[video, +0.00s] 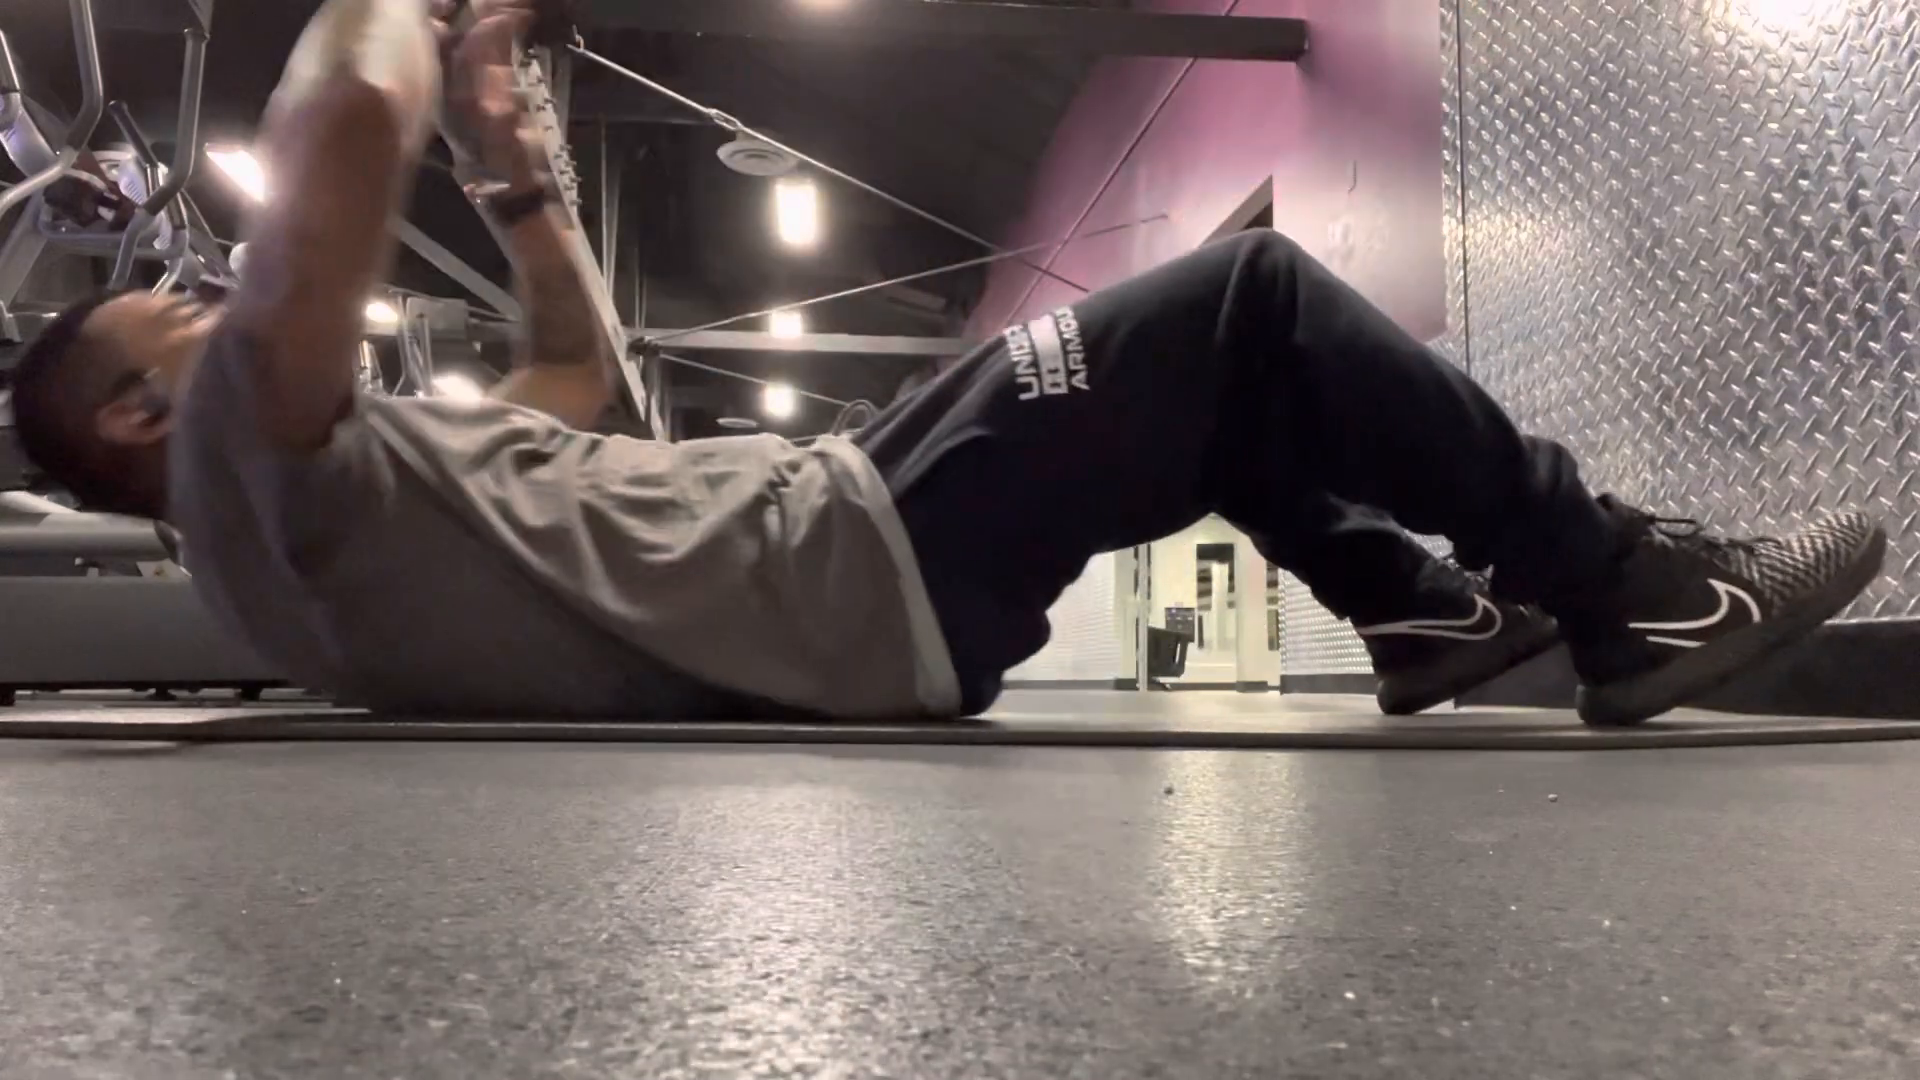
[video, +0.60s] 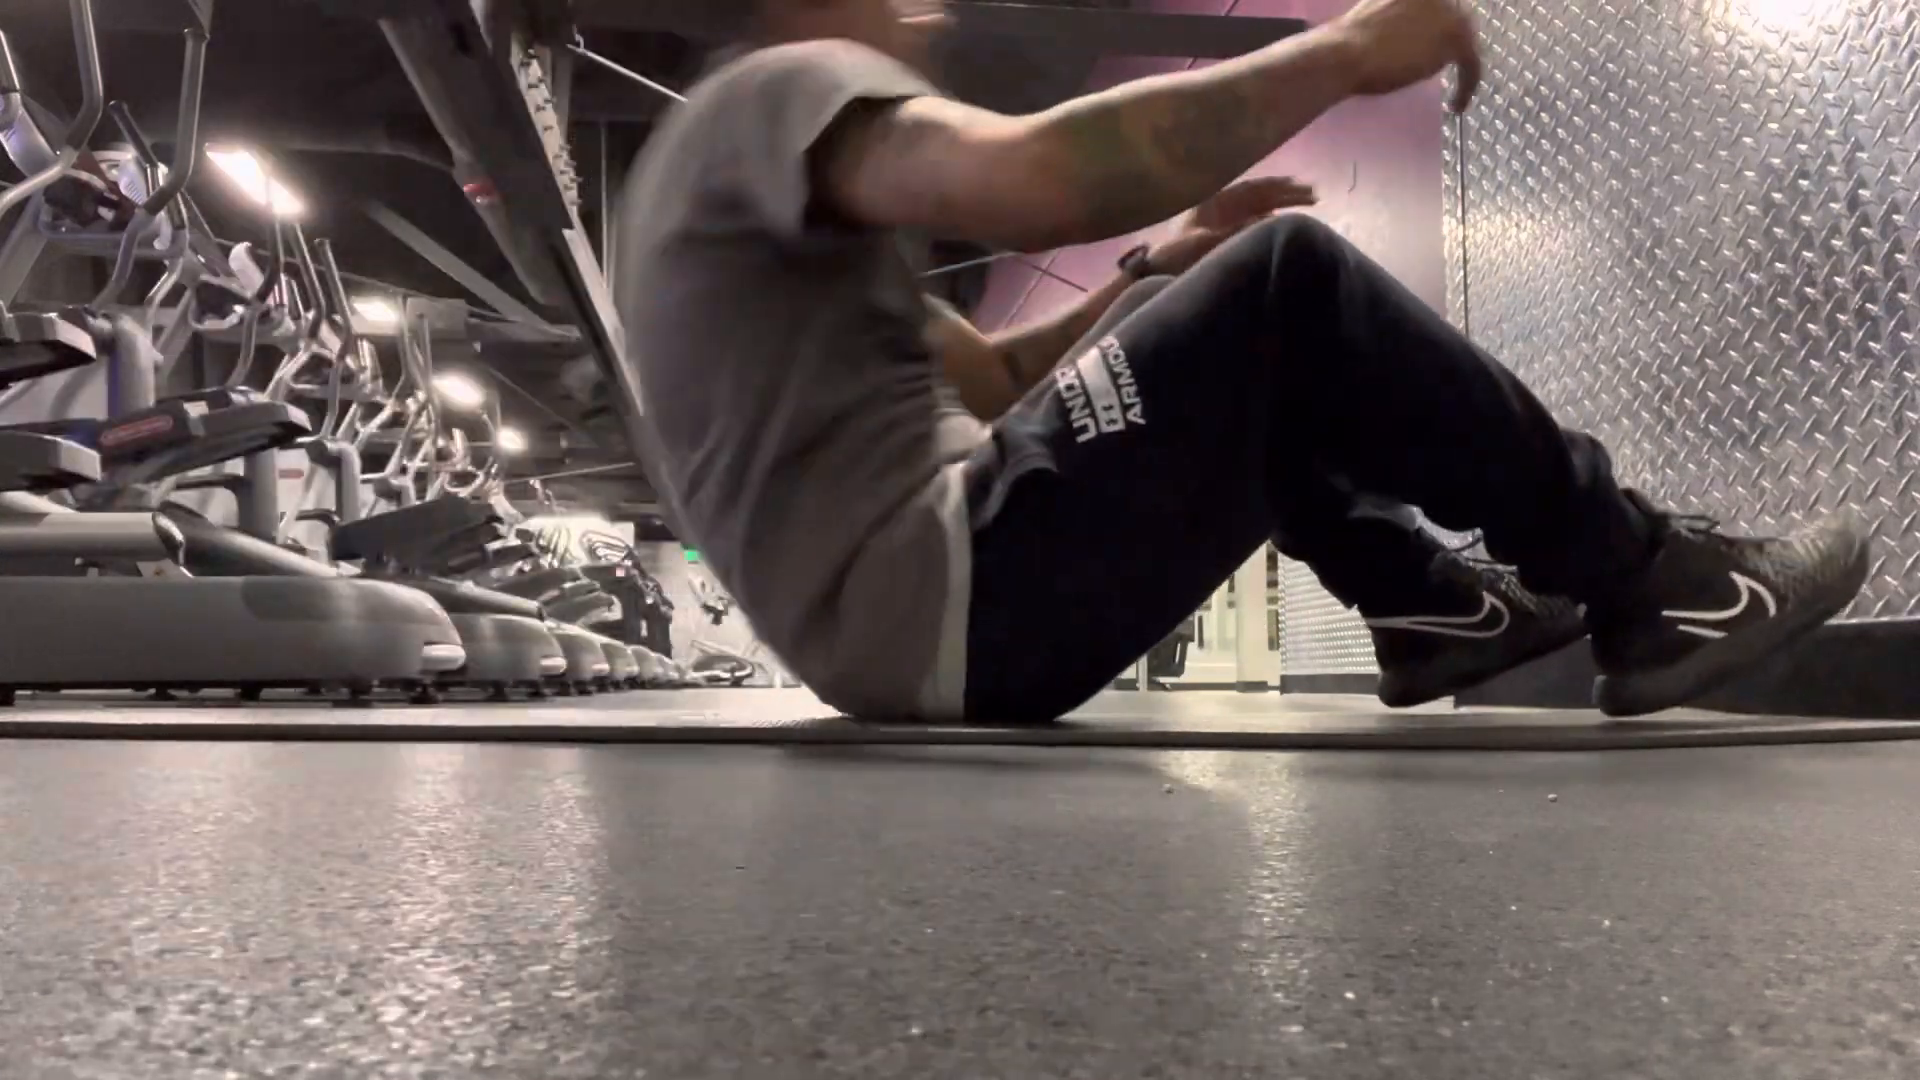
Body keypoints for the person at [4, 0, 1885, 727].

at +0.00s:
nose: (191, 306)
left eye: (167, 304)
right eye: (145, 323)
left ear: (189, 377)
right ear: (122, 428)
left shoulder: (332, 477)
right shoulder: (241, 485)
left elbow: (593, 440)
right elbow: (338, 99)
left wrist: (531, 220)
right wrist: (397, 38)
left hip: (820, 537)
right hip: (851, 574)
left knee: (1198, 341)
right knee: (1244, 287)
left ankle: (1432, 616)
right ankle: (1639, 585)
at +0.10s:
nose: (173, 297)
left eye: (144, 287)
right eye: (124, 314)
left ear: (154, 385)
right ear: (94, 434)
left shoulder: (313, 474)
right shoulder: (221, 470)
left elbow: (561, 404)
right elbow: (401, 137)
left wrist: (567, 172)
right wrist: (458, 64)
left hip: (812, 522)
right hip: (843, 564)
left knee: (1192, 340)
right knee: (1239, 286)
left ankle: (1438, 619)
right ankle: (1629, 583)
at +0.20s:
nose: (290, 260)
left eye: (263, 246)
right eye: (233, 264)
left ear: (245, 321)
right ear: (163, 381)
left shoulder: (358, 470)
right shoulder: (276, 439)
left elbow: (620, 361)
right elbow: (529, 243)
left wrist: (743, 169)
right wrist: (712, 92)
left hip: (804, 545)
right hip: (848, 580)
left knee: (1187, 336)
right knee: (1246, 288)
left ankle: (1433, 620)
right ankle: (1635, 593)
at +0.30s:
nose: (455, 205)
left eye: (441, 180)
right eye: (402, 196)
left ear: (406, 229)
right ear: (299, 266)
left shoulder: (450, 398)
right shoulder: (376, 360)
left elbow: (752, 332)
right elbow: (700, 237)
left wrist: (946, 186)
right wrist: (980, 104)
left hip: (880, 553)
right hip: (888, 600)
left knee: (1207, 319)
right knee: (1261, 297)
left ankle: (1439, 613)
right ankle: (1648, 595)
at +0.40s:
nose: (612, 96)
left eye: (593, 72)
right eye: (563, 79)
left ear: (493, 136)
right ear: (461, 137)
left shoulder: (555, 298)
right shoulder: (488, 244)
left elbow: (854, 326)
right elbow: (821, 220)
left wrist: (1061, 228)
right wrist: (1089, 141)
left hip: (901, 571)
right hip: (902, 607)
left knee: (1210, 319)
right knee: (1275, 293)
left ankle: (1453, 618)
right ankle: (1661, 589)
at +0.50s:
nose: (772, 51)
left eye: (763, 35)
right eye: (741, 27)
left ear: (591, 52)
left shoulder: (635, 246)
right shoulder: (631, 158)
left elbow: (924, 346)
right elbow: (997, 179)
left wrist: (1141, 242)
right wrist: (1276, 91)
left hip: (922, 588)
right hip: (934, 604)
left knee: (1217, 324)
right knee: (1283, 292)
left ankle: (1443, 607)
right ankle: (1666, 578)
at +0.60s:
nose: (936, 25)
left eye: (932, 18)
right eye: (918, 9)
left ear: (802, 18)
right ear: (844, 3)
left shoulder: (766, 201)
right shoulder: (758, 102)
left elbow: (976, 385)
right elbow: (1045, 179)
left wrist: (1160, 259)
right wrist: (1364, 44)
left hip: (947, 608)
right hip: (958, 609)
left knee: (1214, 316)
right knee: (1282, 279)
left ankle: (1445, 614)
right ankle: (1658, 590)